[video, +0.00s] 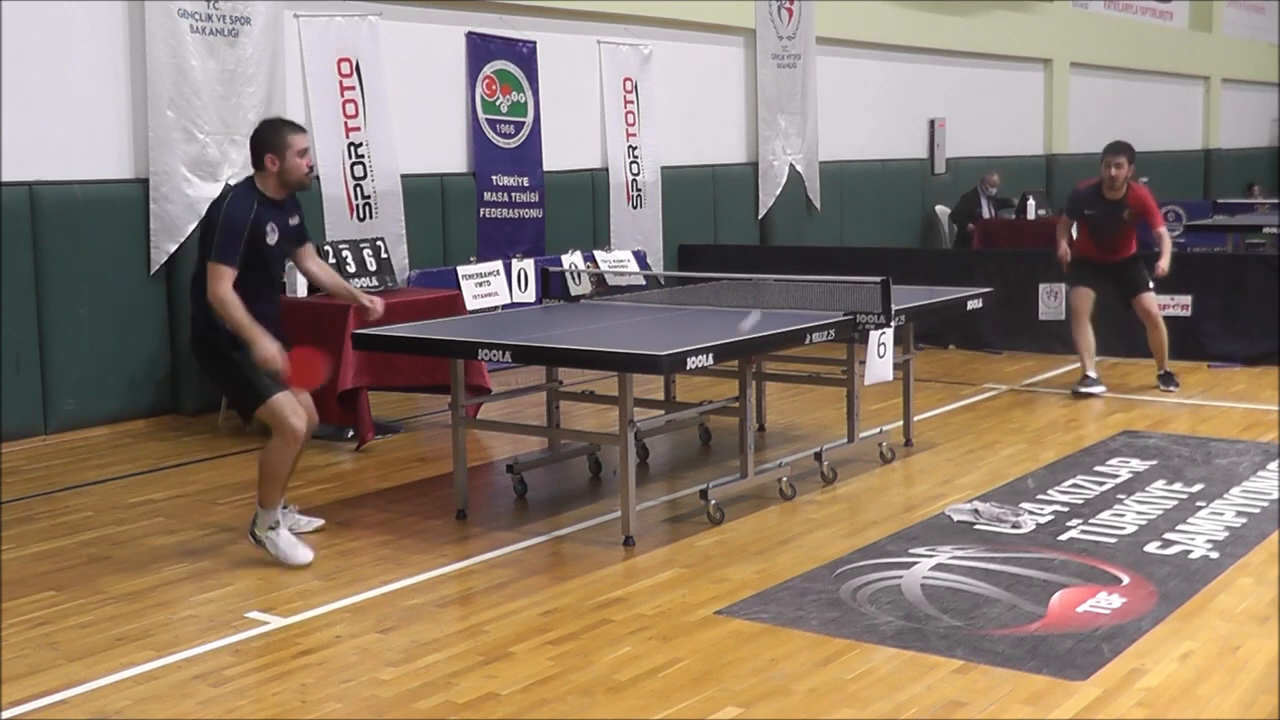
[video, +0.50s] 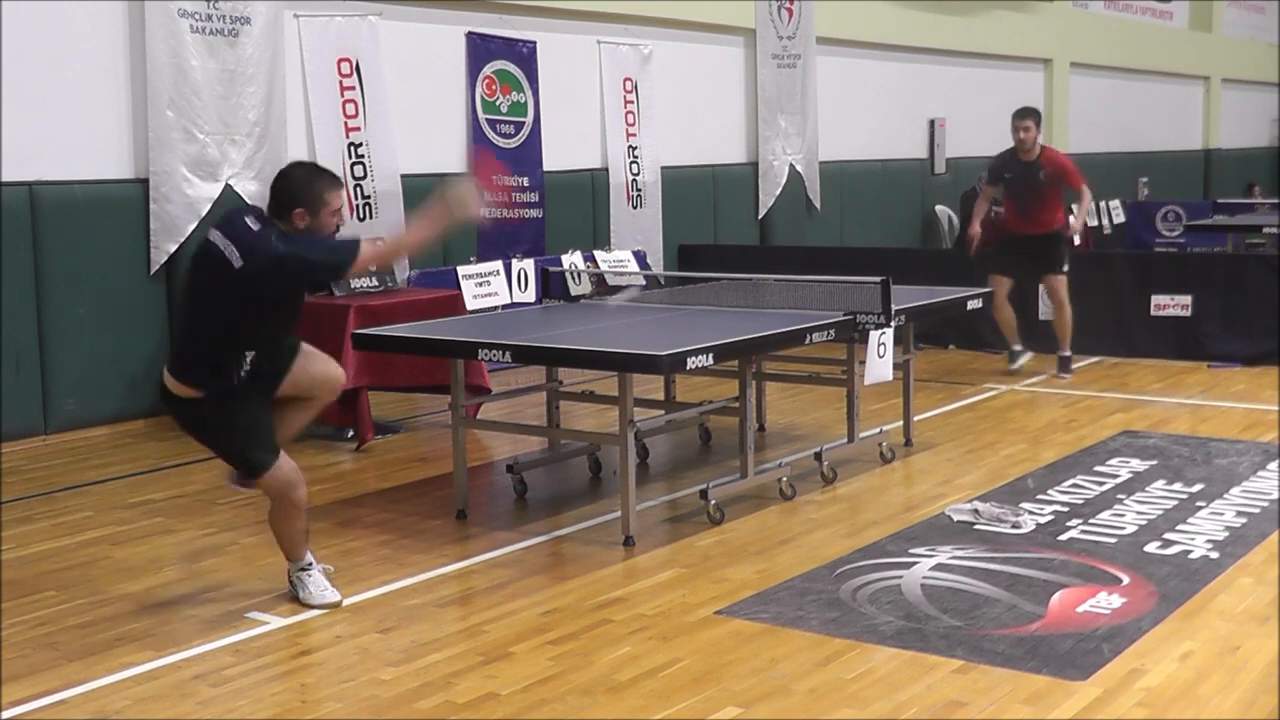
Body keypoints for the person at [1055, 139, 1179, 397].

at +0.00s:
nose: (1112, 172)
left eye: (1119, 166)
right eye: (1108, 166)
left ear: (1129, 170)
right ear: (1101, 167)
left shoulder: (1140, 196)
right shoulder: (1082, 194)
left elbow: (1162, 234)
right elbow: (1064, 223)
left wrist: (1164, 259)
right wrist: (1063, 244)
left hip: (1126, 261)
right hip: (1088, 261)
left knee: (1152, 313)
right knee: (1079, 309)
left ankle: (1163, 372)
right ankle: (1090, 375)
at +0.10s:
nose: (1098, 167)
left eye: (1104, 161)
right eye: (1094, 161)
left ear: (1115, 165)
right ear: (1088, 162)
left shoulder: (1128, 196)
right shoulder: (1072, 192)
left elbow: (1149, 232)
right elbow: (1057, 221)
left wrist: (1155, 256)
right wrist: (1054, 240)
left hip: (1119, 263)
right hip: (1080, 263)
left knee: (1145, 311)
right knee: (1055, 307)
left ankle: (1163, 371)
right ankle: (1059, 363)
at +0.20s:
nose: (1070, 157)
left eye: (1076, 151)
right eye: (1066, 151)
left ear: (1088, 154)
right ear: (1061, 154)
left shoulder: (1104, 186)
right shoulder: (1048, 188)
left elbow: (1122, 217)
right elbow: (1027, 218)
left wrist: (1138, 243)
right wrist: (1027, 234)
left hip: (1099, 263)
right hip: (1057, 265)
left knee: (1126, 309)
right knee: (1032, 319)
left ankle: (1160, 370)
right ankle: (1036, 362)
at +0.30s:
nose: (1051, 152)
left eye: (1056, 147)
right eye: (1047, 147)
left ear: (1068, 149)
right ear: (1042, 149)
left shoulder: (1085, 180)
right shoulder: (1030, 183)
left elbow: (1104, 209)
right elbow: (1011, 212)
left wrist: (1123, 234)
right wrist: (1008, 229)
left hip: (1081, 259)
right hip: (1039, 260)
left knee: (1111, 311)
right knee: (1017, 315)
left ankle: (1146, 365)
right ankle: (1036, 362)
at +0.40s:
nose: (1031, 139)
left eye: (1037, 133)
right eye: (1027, 133)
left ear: (1049, 136)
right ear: (1022, 136)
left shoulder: (1066, 165)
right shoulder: (1011, 168)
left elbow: (1094, 196)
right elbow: (994, 199)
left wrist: (1101, 222)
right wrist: (985, 221)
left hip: (1061, 242)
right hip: (1024, 244)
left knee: (1074, 292)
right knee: (1010, 300)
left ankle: (1093, 357)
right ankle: (1032, 358)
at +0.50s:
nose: (1020, 135)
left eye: (1026, 130)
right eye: (1016, 130)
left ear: (1038, 131)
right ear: (1012, 132)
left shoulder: (1055, 161)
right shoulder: (1003, 162)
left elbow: (1085, 192)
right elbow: (986, 196)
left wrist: (1079, 220)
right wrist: (975, 223)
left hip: (1050, 237)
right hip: (1013, 237)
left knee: (1057, 293)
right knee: (997, 294)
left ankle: (1064, 353)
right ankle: (1016, 349)